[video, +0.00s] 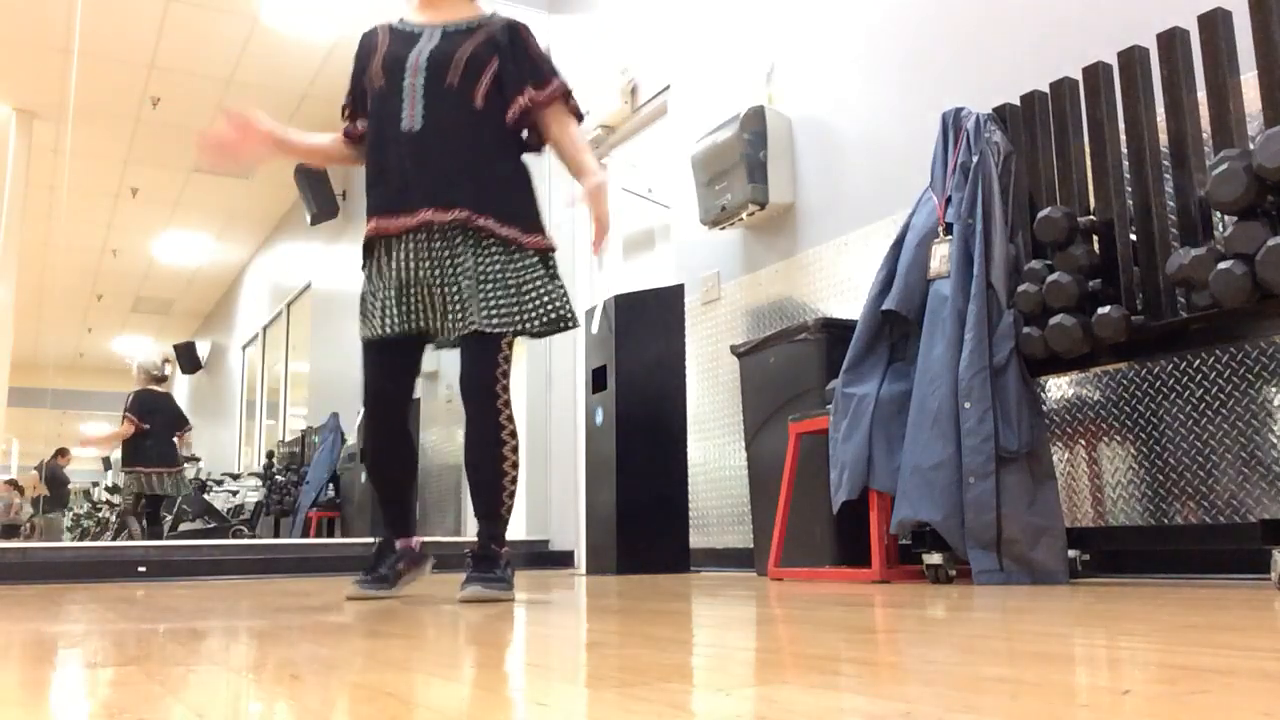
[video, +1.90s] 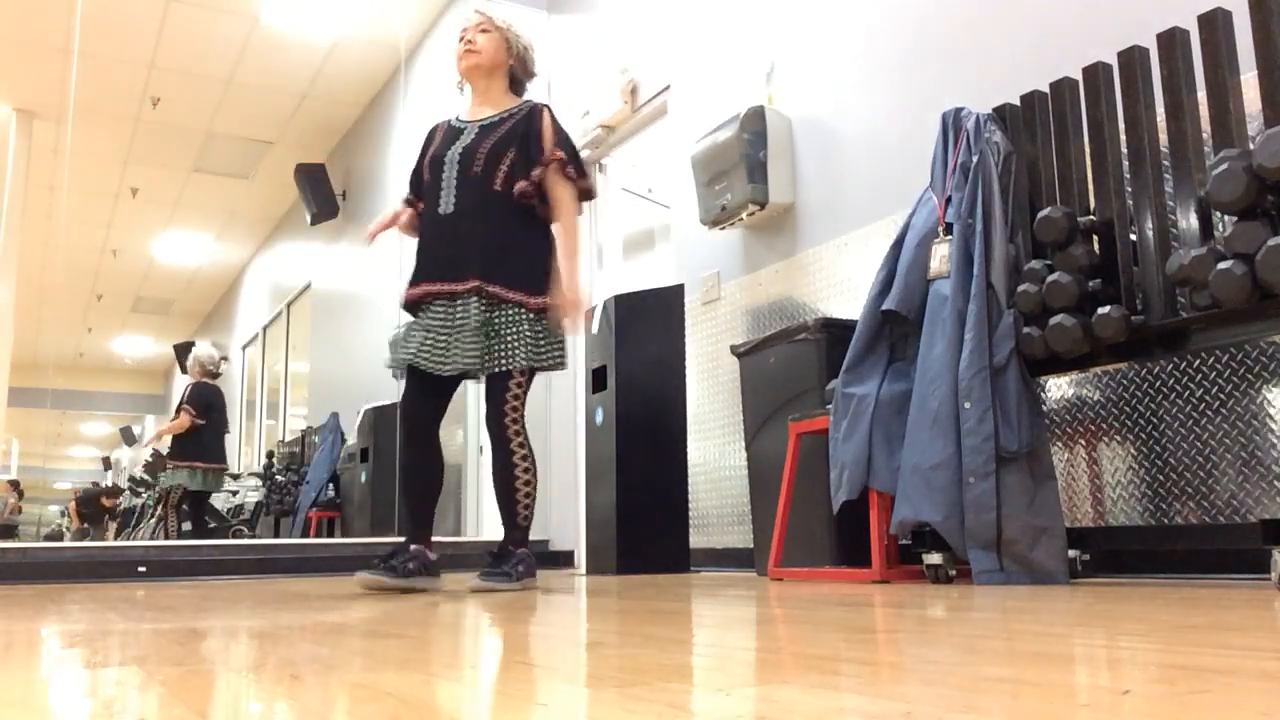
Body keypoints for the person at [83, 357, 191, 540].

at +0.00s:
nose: (134, 375)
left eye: (136, 371)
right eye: (135, 370)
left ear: (141, 373)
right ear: (160, 375)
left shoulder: (138, 396)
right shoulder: (167, 397)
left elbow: (127, 430)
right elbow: (182, 431)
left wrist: (97, 441)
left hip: (139, 467)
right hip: (166, 467)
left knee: (129, 511)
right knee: (154, 514)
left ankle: (139, 548)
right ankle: (155, 555)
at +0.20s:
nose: (139, 375)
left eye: (140, 372)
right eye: (140, 372)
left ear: (145, 374)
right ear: (166, 375)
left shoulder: (139, 395)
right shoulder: (175, 397)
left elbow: (118, 424)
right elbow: (191, 428)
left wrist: (91, 413)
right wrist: (201, 433)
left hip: (144, 467)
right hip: (172, 466)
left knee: (139, 515)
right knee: (157, 514)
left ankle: (147, 559)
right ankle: (163, 556)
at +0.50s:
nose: (156, 372)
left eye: (158, 369)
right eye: (157, 368)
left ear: (164, 371)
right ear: (182, 372)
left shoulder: (162, 394)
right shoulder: (195, 397)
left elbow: (132, 410)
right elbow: (213, 419)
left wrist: (113, 392)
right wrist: (190, 426)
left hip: (156, 462)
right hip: (183, 463)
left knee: (151, 510)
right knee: (177, 509)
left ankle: (147, 555)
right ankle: (195, 544)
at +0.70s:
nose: (171, 369)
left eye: (174, 366)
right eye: (173, 365)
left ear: (180, 370)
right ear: (197, 370)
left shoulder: (180, 393)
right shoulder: (204, 394)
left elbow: (160, 421)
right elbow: (220, 422)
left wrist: (133, 410)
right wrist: (199, 433)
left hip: (176, 465)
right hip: (201, 465)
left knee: (161, 512)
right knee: (198, 516)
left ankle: (153, 556)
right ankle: (206, 557)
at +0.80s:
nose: (176, 370)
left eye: (178, 366)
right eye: (177, 366)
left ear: (186, 370)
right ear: (199, 370)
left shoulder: (184, 394)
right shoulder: (211, 395)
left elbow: (168, 424)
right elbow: (223, 425)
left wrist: (138, 420)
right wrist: (200, 434)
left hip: (181, 466)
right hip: (208, 466)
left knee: (160, 510)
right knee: (201, 515)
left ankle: (153, 556)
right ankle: (210, 558)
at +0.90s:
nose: (183, 375)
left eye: (185, 371)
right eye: (184, 371)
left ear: (194, 372)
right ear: (204, 373)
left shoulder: (189, 394)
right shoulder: (216, 396)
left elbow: (177, 427)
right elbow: (226, 432)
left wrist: (154, 440)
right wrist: (205, 437)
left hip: (186, 468)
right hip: (212, 467)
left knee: (164, 506)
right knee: (202, 513)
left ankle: (166, 552)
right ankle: (211, 555)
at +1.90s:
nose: (188, 367)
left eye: (190, 363)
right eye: (189, 363)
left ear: (196, 366)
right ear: (213, 368)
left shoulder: (196, 389)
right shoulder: (217, 392)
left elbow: (183, 422)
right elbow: (222, 429)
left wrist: (160, 432)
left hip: (188, 465)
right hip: (211, 466)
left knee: (170, 506)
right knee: (198, 512)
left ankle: (171, 551)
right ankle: (202, 555)